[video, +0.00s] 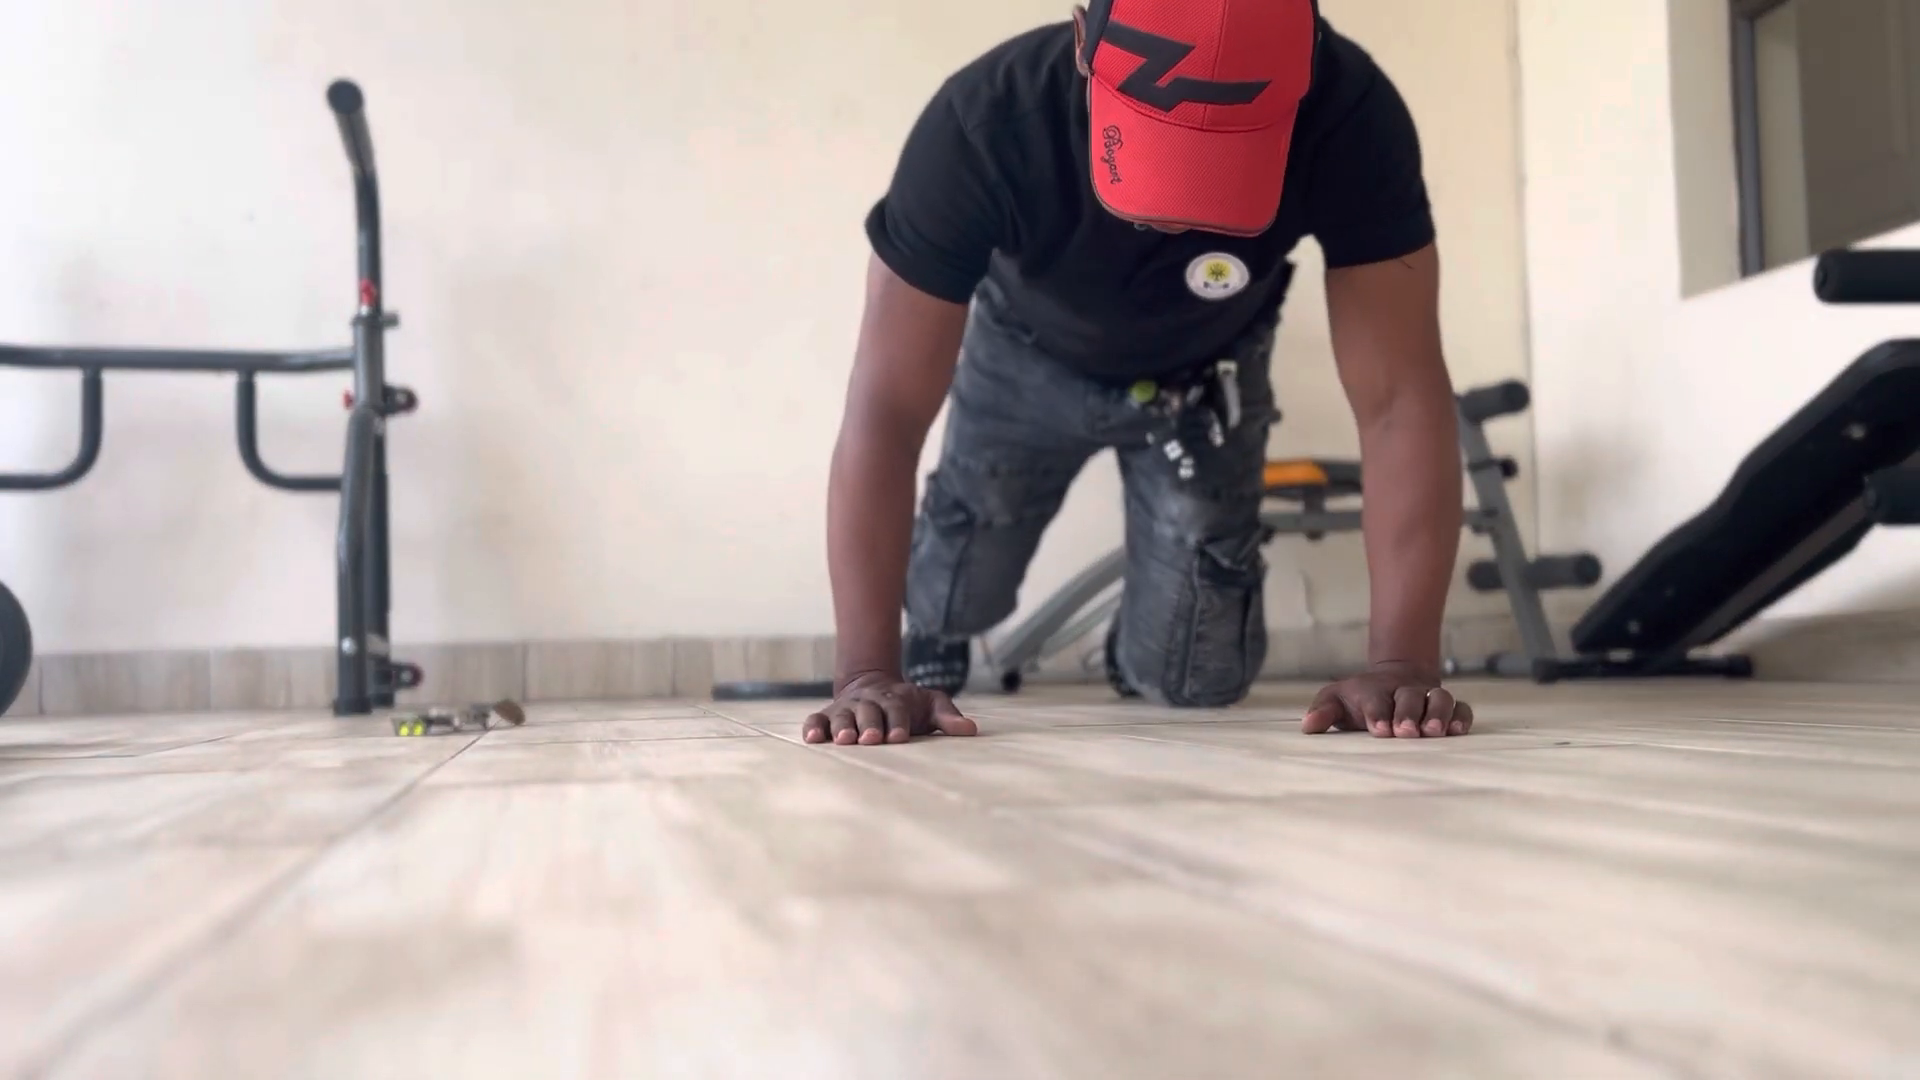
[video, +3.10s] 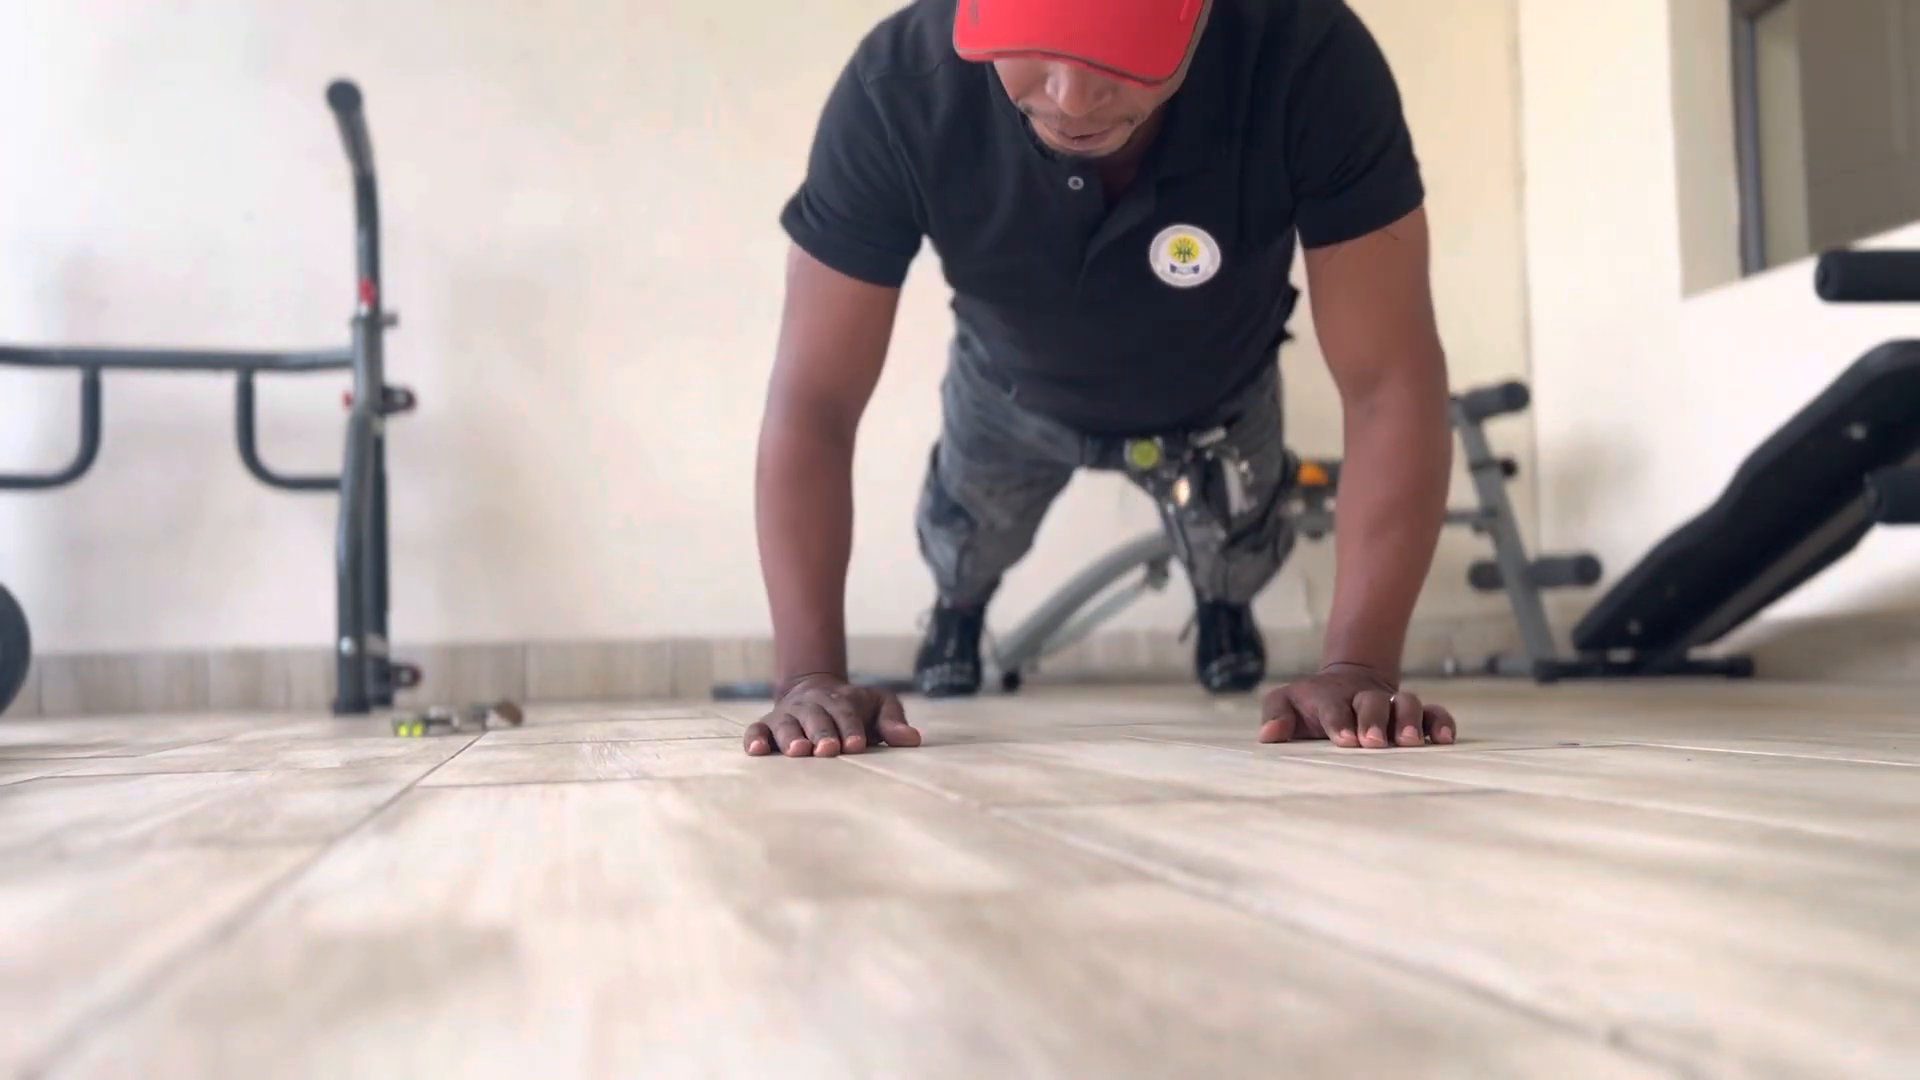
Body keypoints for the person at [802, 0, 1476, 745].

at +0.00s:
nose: (1176, 191)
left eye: (1215, 164)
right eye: (1152, 157)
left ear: (1287, 94)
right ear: (1094, 67)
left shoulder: (1351, 122)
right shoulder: (982, 129)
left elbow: (1400, 398)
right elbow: (881, 415)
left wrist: (1402, 662)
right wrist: (865, 674)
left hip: (1212, 373)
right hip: (1026, 359)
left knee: (1194, 678)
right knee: (954, 597)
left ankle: (1141, 637)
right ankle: (925, 666)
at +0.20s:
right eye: (1133, 195)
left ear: (1293, 118)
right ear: (1082, 79)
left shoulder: (1365, 116)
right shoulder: (986, 117)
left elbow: (1412, 397)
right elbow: (882, 396)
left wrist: (1406, 663)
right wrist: (865, 654)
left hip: (1224, 348)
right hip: (1040, 328)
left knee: (1208, 655)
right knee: (981, 528)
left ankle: (1144, 585)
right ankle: (945, 609)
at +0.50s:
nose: (1132, 340)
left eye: (1173, 298)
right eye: (1097, 280)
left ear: (1286, 136)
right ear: (1055, 107)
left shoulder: (1369, 111)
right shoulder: (967, 121)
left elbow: (1418, 398)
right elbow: (872, 414)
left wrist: (1406, 663)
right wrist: (869, 673)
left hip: (1225, 280)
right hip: (1024, 261)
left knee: (1206, 574)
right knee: (983, 466)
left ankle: (1164, 590)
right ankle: (951, 602)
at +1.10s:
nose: (1142, 267)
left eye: (1174, 242)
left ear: (1254, 100)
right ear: (1033, 96)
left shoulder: (1339, 104)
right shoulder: (933, 115)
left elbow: (1420, 395)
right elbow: (863, 418)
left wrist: (1409, 663)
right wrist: (875, 674)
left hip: (1199, 347)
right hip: (1022, 348)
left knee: (1188, 534)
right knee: (1012, 541)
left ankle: (1159, 601)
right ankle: (1022, 605)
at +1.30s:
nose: (1127, 153)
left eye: (1162, 123)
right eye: (1089, 124)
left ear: (1214, 53)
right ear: (1017, 47)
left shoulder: (1304, 84)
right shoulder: (917, 100)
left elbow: (1401, 372)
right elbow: (872, 405)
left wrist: (1405, 643)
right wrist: (875, 672)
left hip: (1169, 331)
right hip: (994, 342)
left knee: (1179, 520)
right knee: (990, 538)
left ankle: (1164, 605)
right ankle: (1013, 600)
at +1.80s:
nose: (1188, 61)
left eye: (1241, 17)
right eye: (1146, 8)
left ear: (1309, 10)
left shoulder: (1396, 41)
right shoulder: (991, 46)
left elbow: (1450, 371)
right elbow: (882, 347)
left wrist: (1434, 664)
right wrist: (897, 595)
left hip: (1262, 335)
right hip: (1069, 317)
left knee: (1248, 517)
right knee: (1025, 483)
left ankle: (1215, 588)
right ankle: (1014, 602)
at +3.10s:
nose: (1068, 99)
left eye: (1117, 63)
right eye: (1029, 56)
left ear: (1196, 18)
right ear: (978, 18)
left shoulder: (1307, 57)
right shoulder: (902, 88)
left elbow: (1392, 380)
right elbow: (810, 403)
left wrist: (1359, 669)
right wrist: (808, 677)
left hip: (1216, 395)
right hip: (1016, 389)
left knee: (1235, 541)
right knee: (971, 531)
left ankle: (1224, 607)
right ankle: (958, 615)